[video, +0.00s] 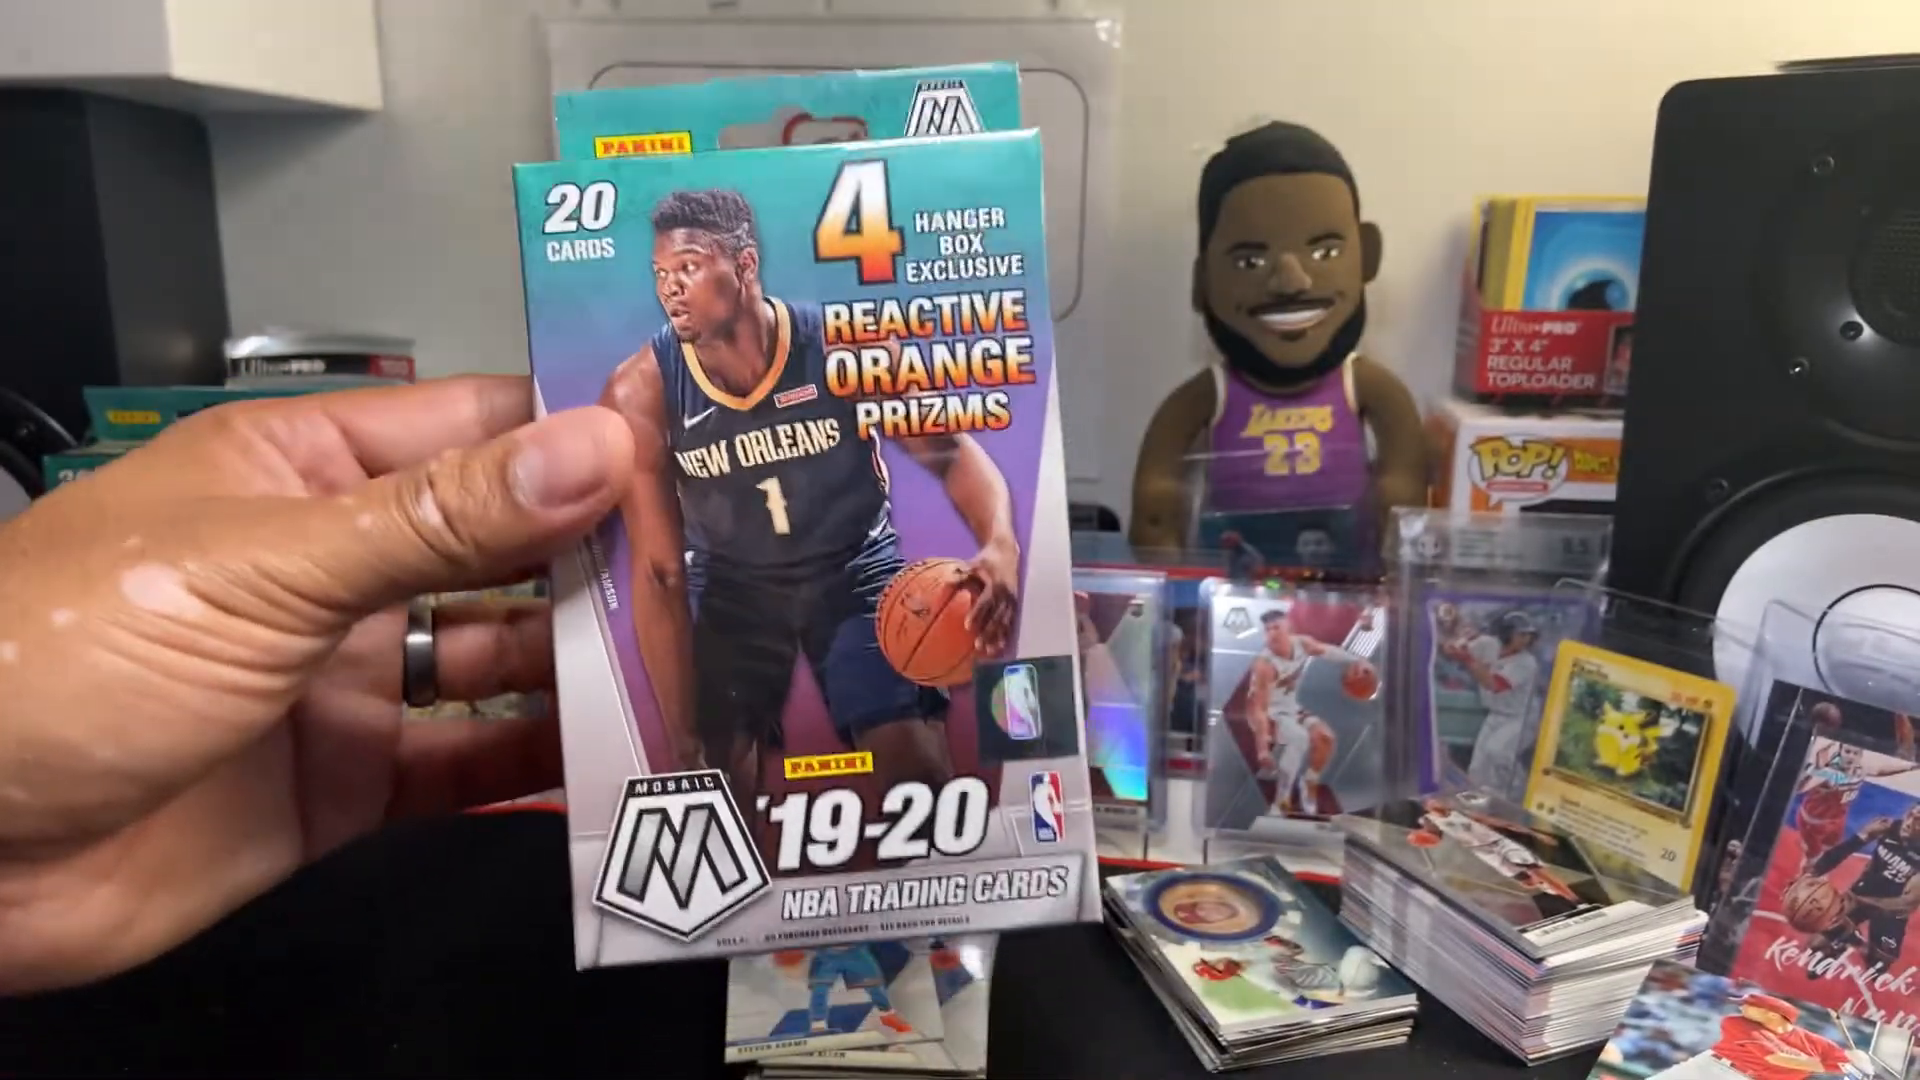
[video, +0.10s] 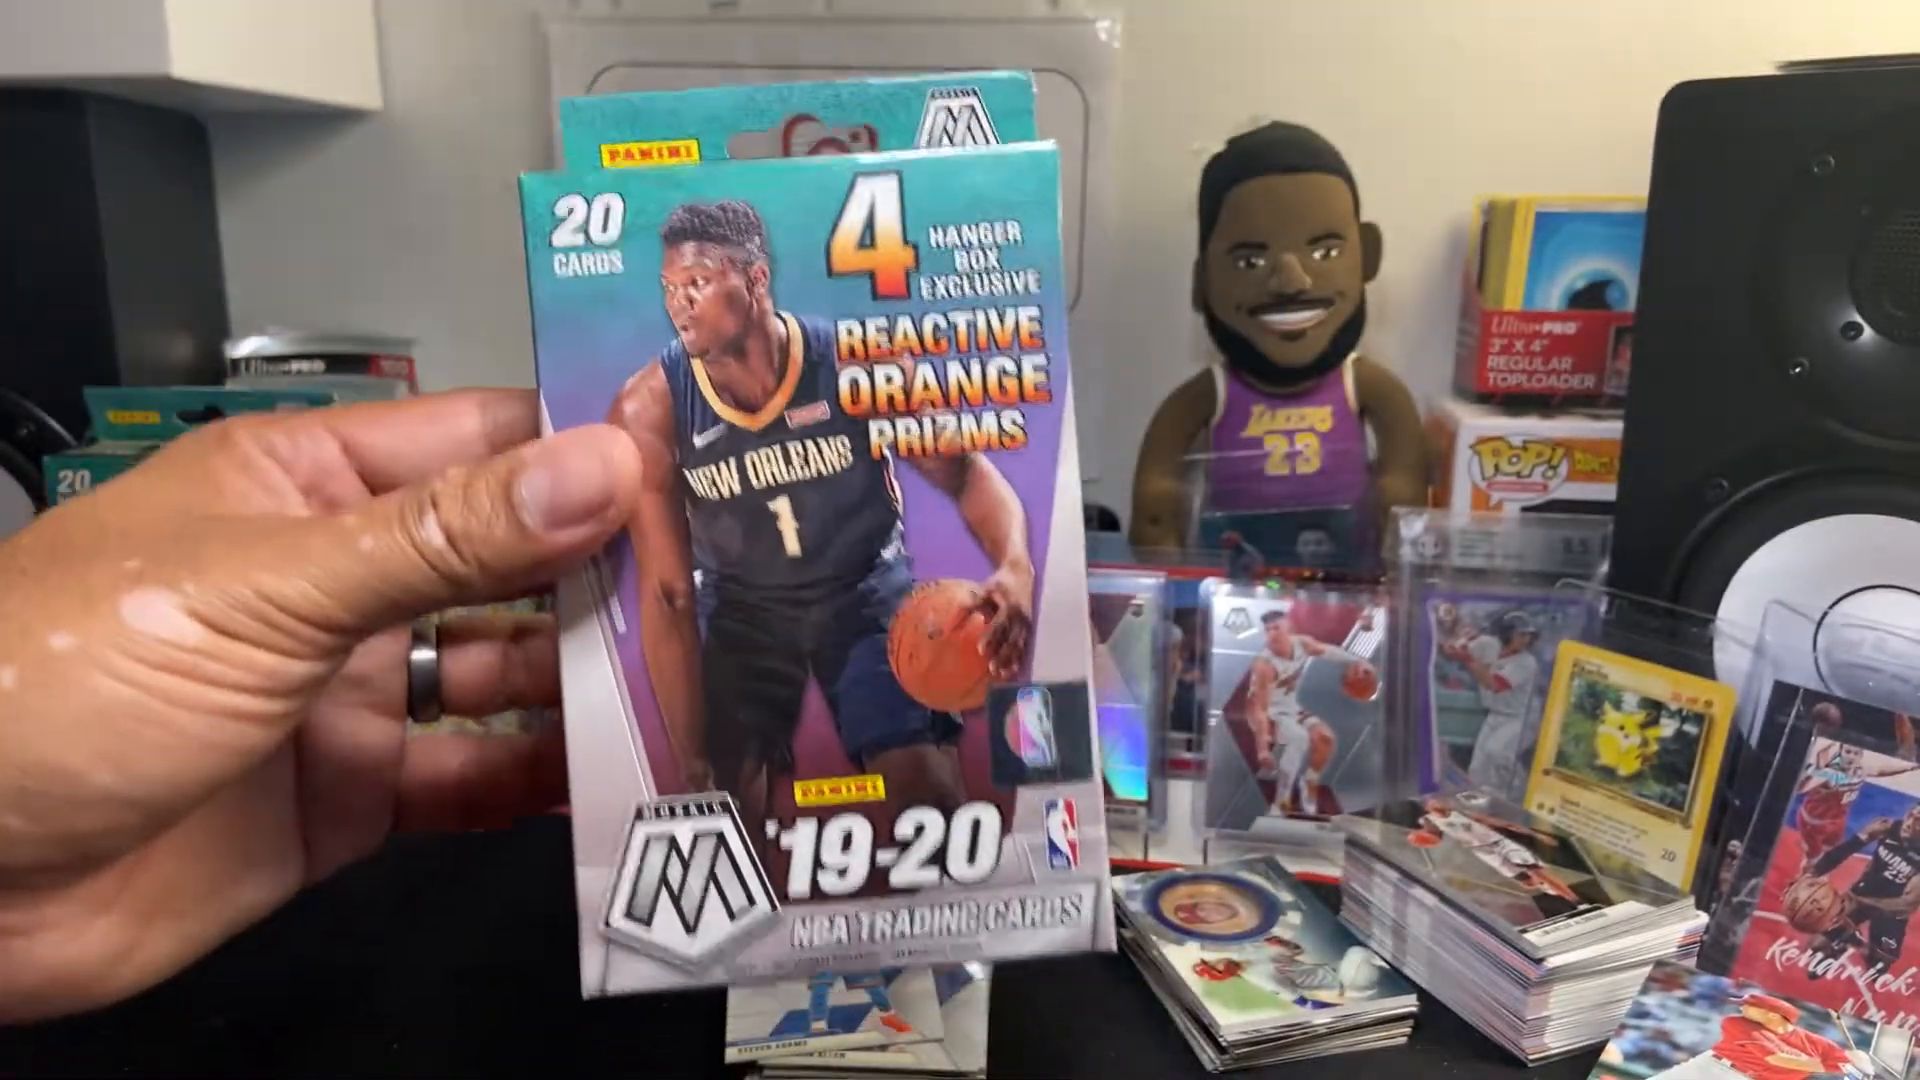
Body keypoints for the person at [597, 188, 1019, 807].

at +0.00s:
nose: (670, 290)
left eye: (689, 268)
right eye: (661, 273)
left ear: (746, 266)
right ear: (654, 282)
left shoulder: (840, 348)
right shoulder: (643, 391)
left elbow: (950, 453)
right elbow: (658, 574)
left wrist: (1001, 544)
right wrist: (682, 741)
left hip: (855, 573)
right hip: (736, 587)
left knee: (906, 752)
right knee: (721, 773)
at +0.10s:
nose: (678, 304)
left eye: (696, 284)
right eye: (670, 287)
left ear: (756, 280)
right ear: (662, 294)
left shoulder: (852, 363)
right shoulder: (652, 407)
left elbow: (965, 474)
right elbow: (666, 594)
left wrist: (1016, 566)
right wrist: (690, 762)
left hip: (865, 593)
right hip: (745, 608)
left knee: (921, 779)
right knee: (733, 802)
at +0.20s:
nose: (696, 341)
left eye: (715, 320)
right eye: (687, 324)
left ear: (775, 316)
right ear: (680, 330)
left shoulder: (872, 401)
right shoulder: (667, 445)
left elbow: (986, 513)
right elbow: (682, 634)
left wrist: (1037, 606)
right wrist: (703, 799)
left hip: (885, 635)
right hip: (764, 649)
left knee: (943, 826)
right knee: (745, 848)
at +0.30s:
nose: (721, 361)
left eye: (741, 339)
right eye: (712, 345)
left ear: (803, 336)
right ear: (703, 353)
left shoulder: (902, 427)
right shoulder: (689, 468)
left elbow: (1015, 543)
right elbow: (702, 662)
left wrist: (1065, 637)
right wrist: (720, 842)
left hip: (911, 668)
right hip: (783, 682)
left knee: (965, 869)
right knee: (768, 887)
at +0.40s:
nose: (746, 358)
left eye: (768, 335)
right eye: (738, 341)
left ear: (831, 335)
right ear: (729, 351)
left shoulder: (932, 427)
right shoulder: (713, 469)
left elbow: (1047, 547)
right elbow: (723, 666)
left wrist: (1099, 646)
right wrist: (741, 850)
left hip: (940, 674)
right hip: (807, 688)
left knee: (994, 889)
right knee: (786, 901)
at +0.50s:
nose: (760, 343)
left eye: (781, 321)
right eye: (752, 326)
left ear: (846, 319)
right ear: (744, 334)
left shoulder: (947, 410)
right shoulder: (726, 455)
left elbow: (1065, 534)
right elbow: (735, 657)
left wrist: (1119, 639)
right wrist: (751, 843)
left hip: (957, 663)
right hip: (823, 678)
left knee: (1007, 879)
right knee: (796, 884)